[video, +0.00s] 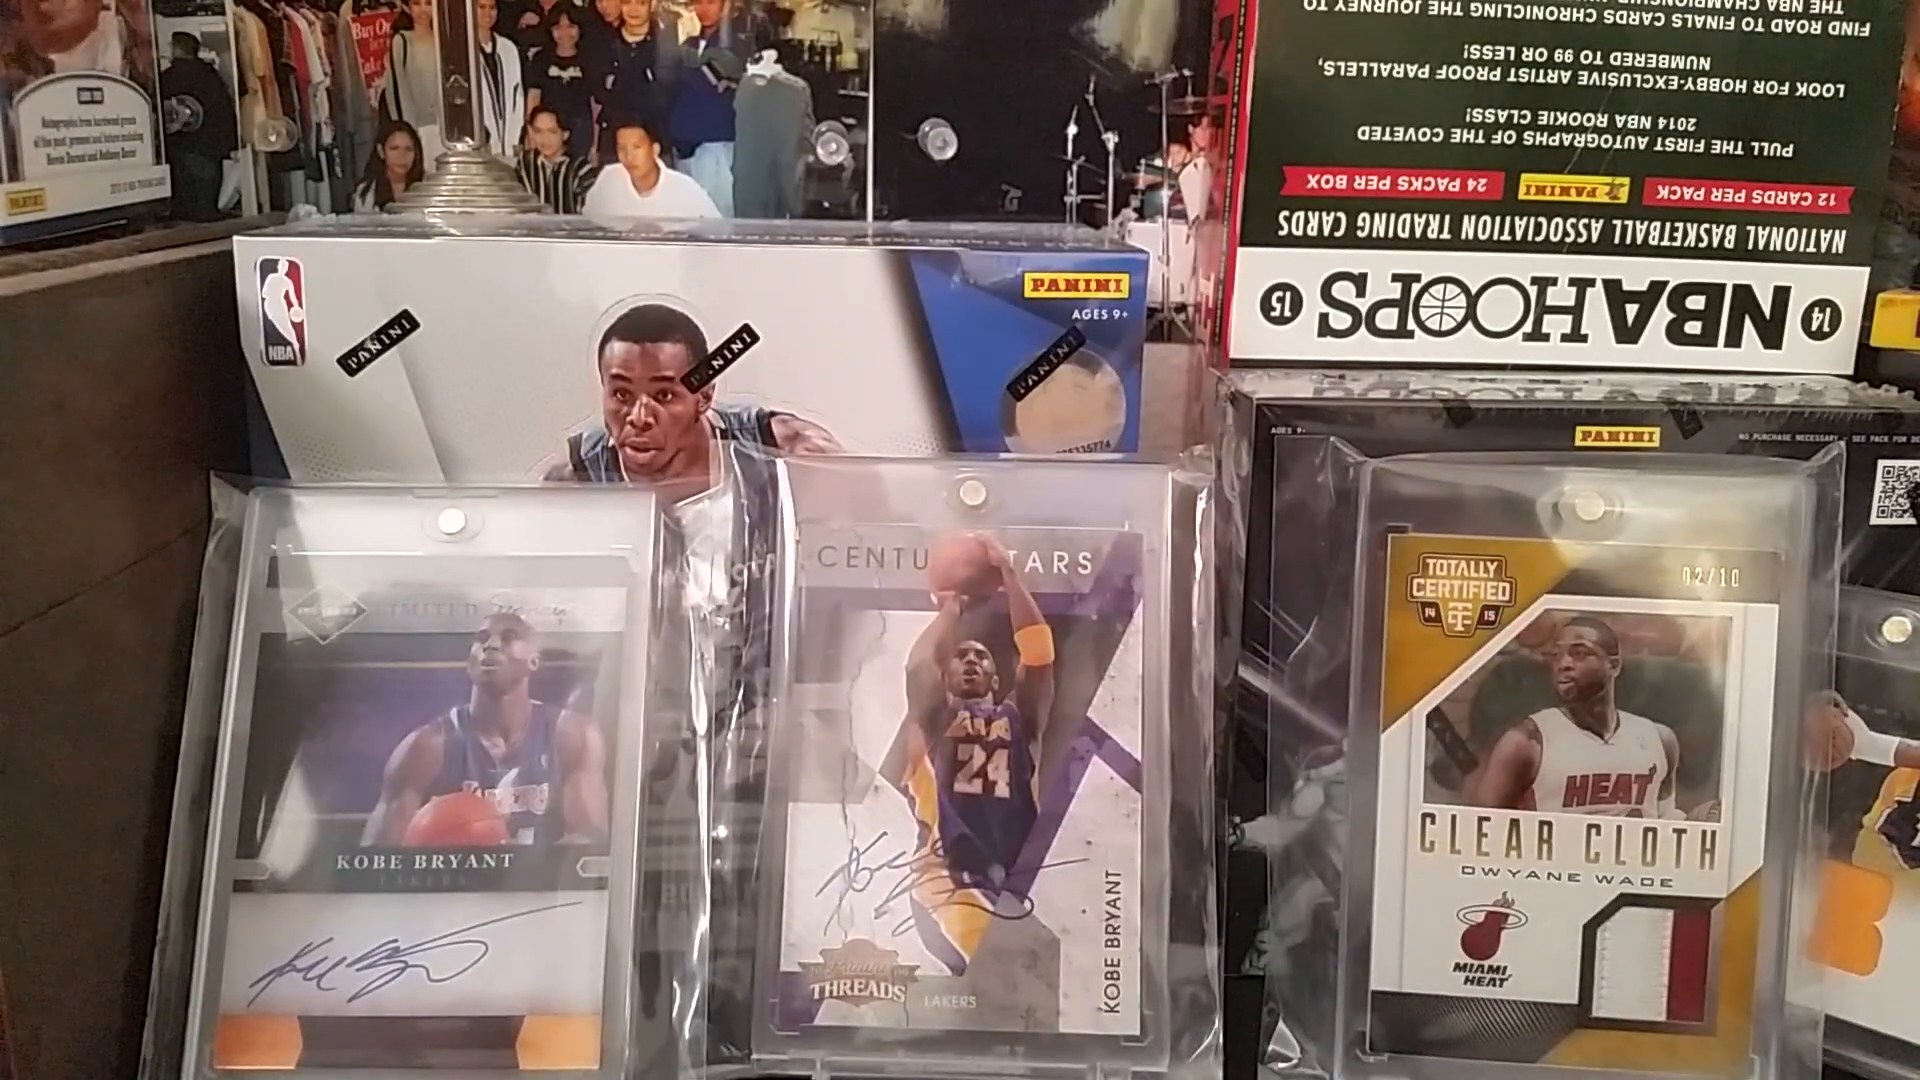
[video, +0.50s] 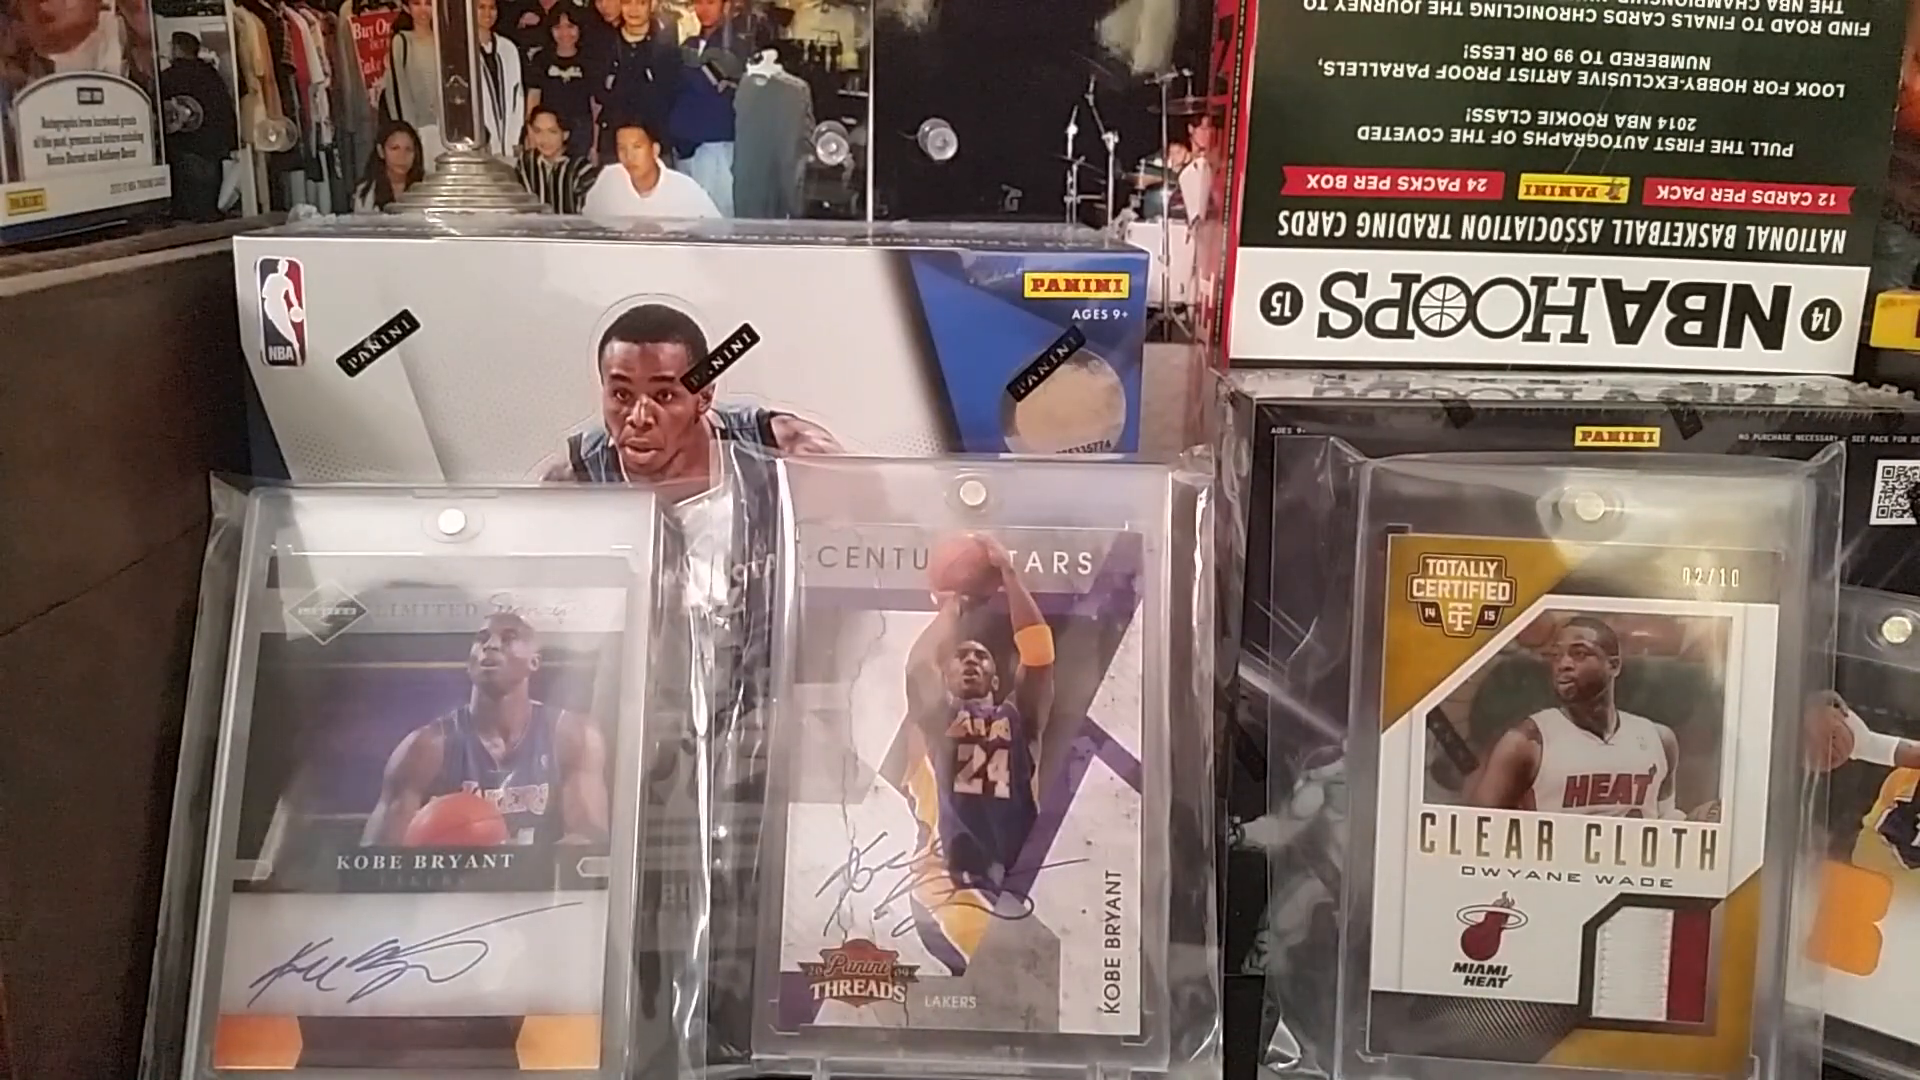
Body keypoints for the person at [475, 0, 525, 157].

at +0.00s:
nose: (488, 13)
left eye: (492, 7)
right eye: (482, 7)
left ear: (497, 11)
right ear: (471, 11)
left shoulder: (510, 48)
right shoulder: (464, 50)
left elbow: (520, 94)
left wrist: (516, 141)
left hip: (512, 145)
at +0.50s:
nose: (488, 13)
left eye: (492, 7)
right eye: (481, 7)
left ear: (497, 11)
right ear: (471, 11)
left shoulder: (510, 48)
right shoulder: (463, 50)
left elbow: (519, 95)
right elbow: (463, 100)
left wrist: (515, 141)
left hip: (511, 145)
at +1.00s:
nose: (489, 13)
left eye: (493, 8)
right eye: (482, 7)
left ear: (498, 11)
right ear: (472, 11)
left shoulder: (510, 48)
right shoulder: (465, 50)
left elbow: (520, 95)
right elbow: (464, 100)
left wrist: (515, 140)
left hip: (511, 144)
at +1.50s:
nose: (489, 13)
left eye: (493, 7)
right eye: (483, 7)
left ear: (498, 11)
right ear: (472, 10)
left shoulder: (511, 48)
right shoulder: (465, 50)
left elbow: (520, 94)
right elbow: (465, 100)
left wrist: (516, 141)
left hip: (512, 144)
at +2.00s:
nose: (489, 14)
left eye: (493, 8)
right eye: (483, 8)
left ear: (498, 12)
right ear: (472, 11)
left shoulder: (511, 48)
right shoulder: (465, 50)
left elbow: (520, 96)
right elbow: (464, 100)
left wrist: (516, 141)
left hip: (512, 144)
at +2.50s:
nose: (489, 14)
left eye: (494, 8)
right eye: (483, 8)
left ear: (499, 12)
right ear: (472, 11)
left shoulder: (511, 49)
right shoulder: (465, 51)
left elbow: (520, 96)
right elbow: (465, 101)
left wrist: (516, 142)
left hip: (512, 145)